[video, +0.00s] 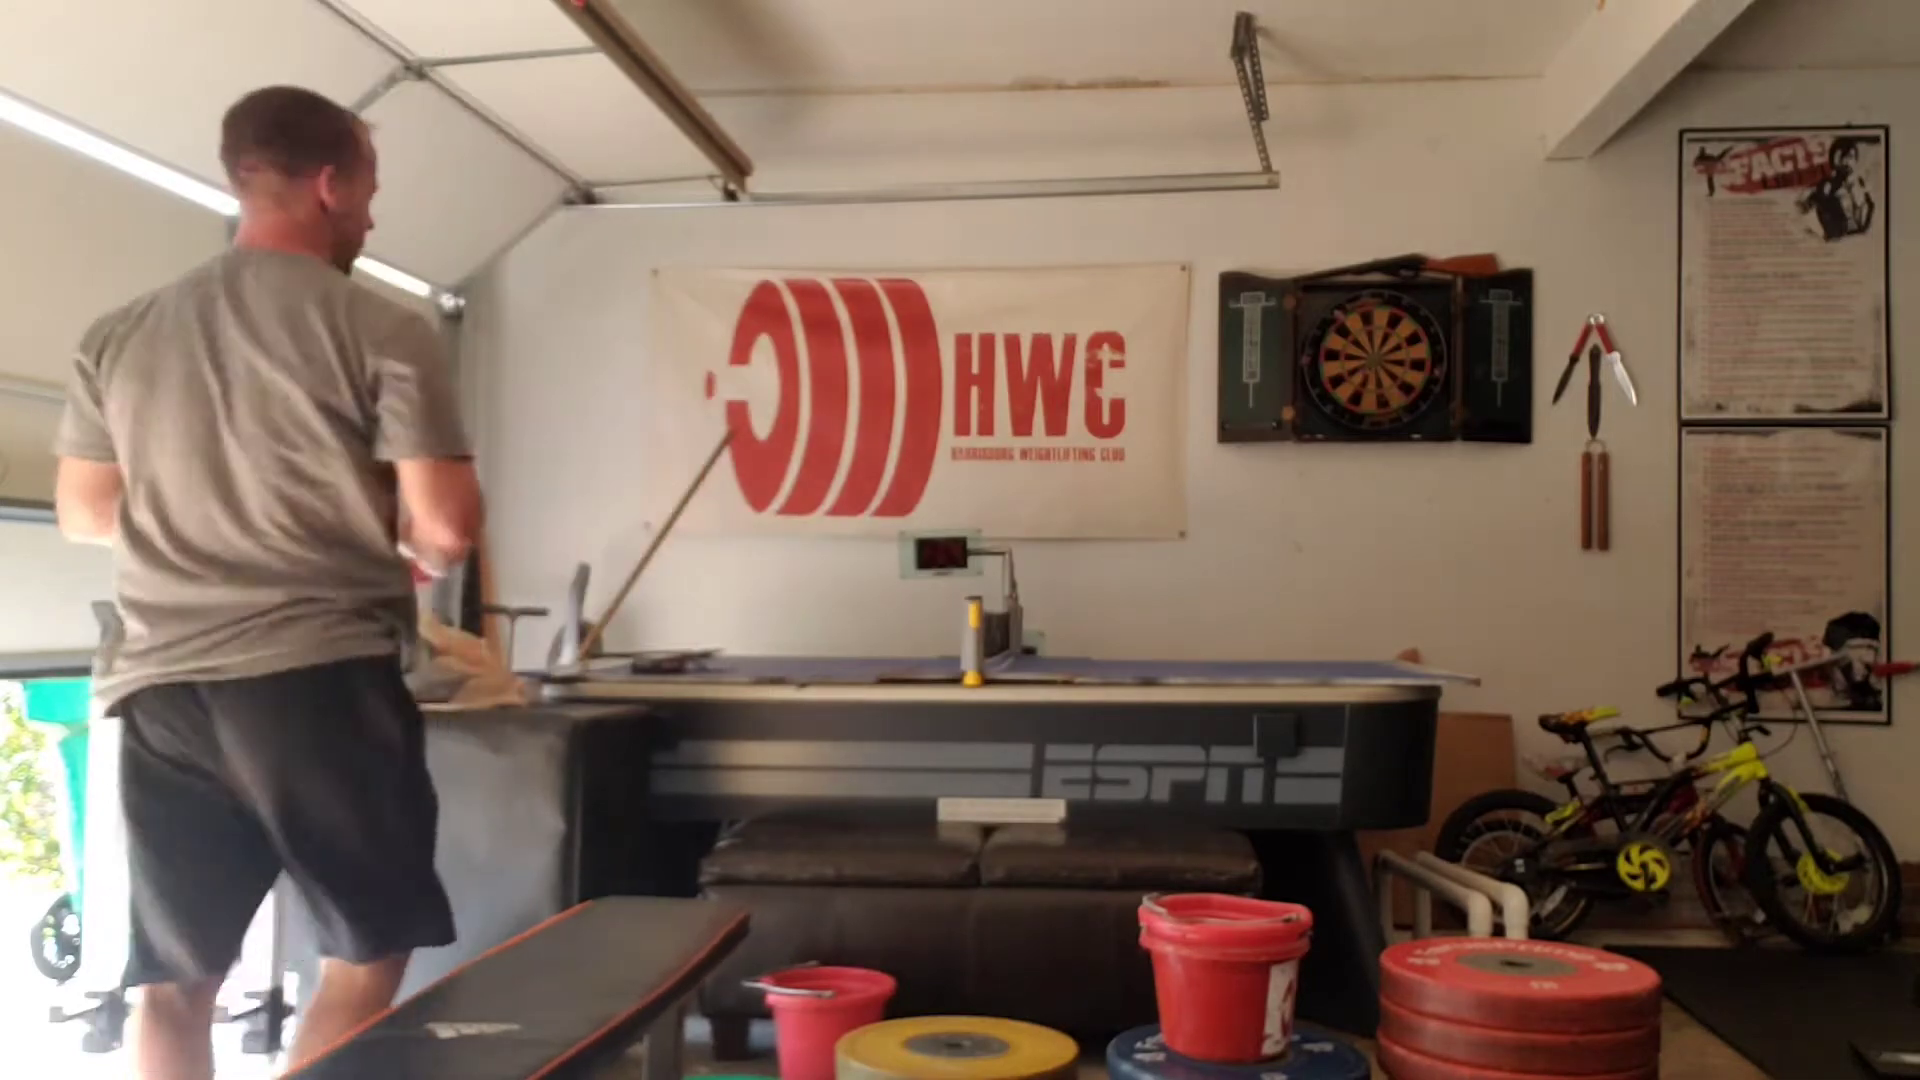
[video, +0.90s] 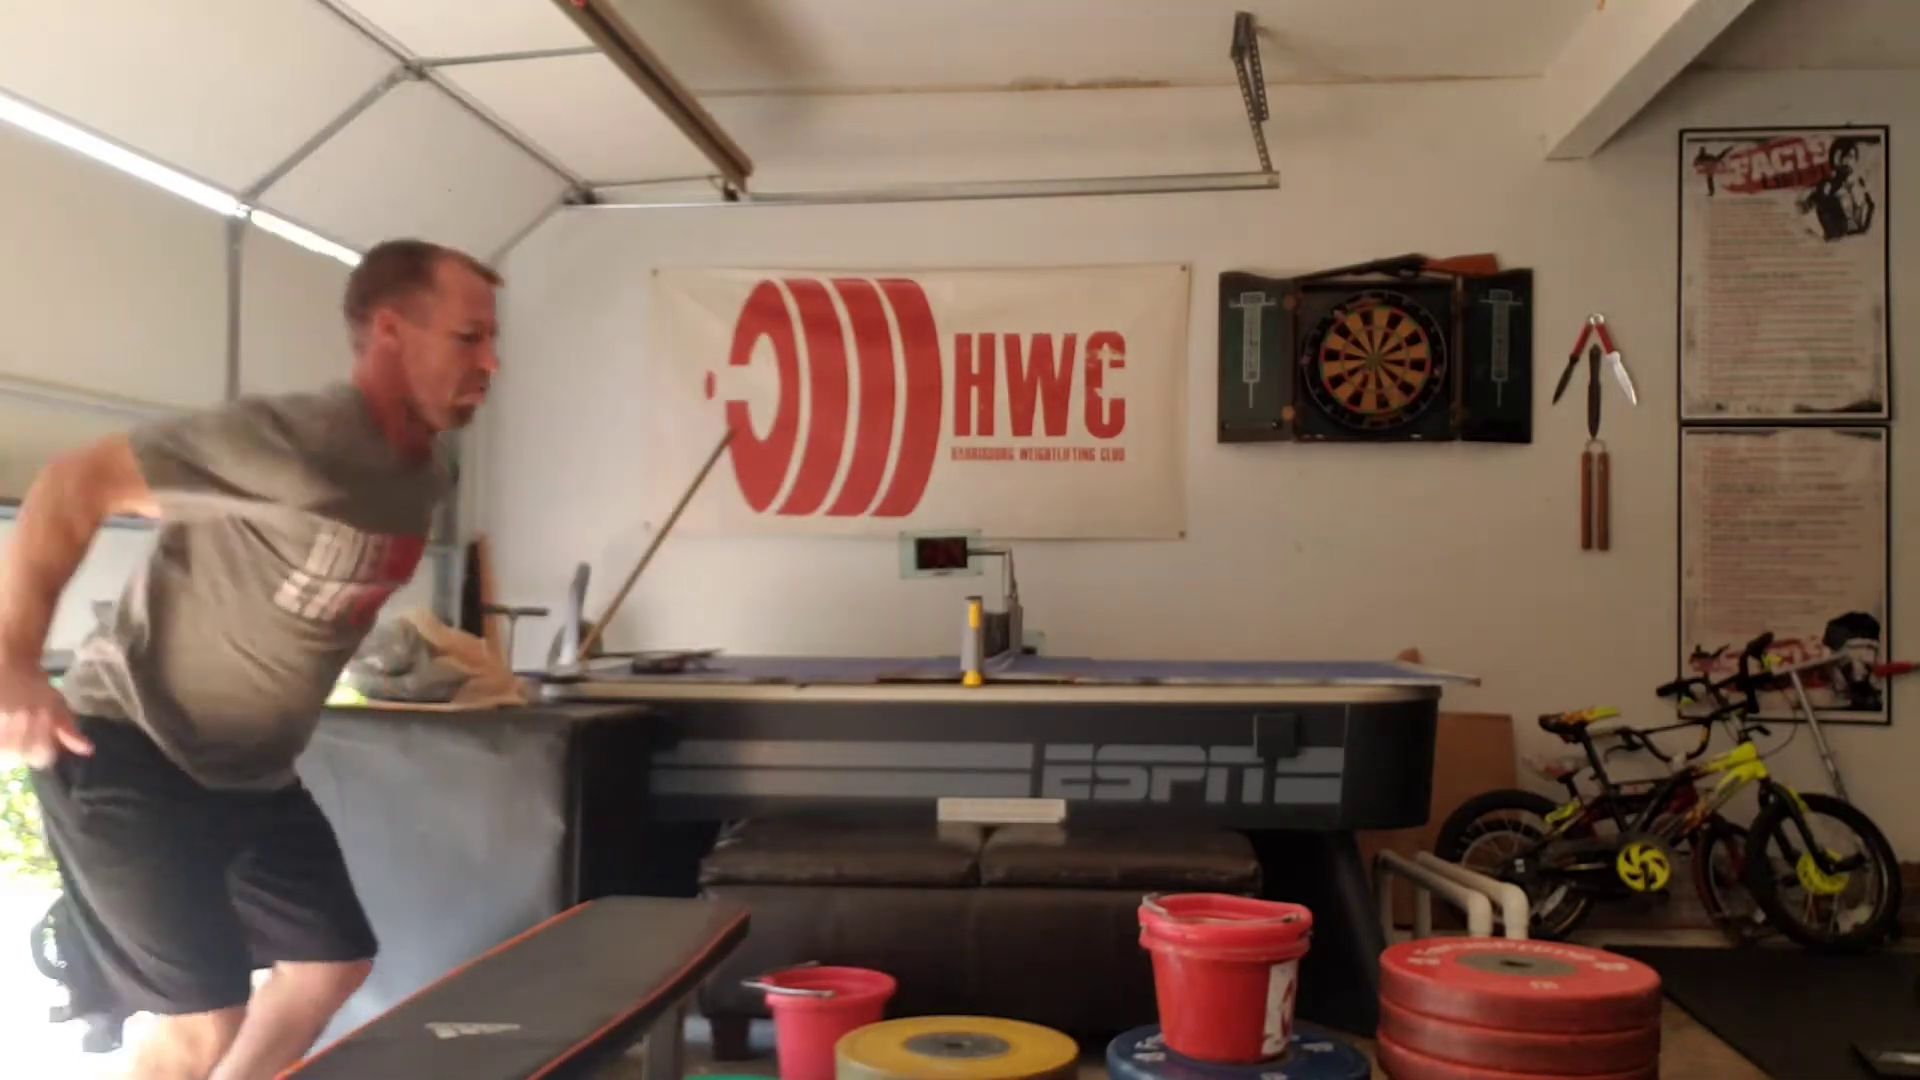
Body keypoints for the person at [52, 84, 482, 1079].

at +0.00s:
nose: (372, 213)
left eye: (371, 189)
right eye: (366, 188)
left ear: (241, 186)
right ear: (323, 186)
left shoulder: (119, 334)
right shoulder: (381, 323)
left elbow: (87, 512)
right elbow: (446, 527)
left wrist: (210, 506)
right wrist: (406, 533)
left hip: (160, 695)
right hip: (319, 683)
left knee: (172, 989)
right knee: (369, 957)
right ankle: (292, 1075)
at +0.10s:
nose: (381, 230)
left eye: (378, 204)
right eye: (368, 200)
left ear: (274, 197)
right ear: (293, 193)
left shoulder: (148, 358)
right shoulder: (319, 329)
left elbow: (131, 535)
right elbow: (384, 538)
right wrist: (465, 578)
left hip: (168, 683)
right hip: (284, 668)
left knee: (211, 978)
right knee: (320, 983)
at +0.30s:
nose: (377, 235)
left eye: (374, 211)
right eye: (357, 209)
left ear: (278, 208)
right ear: (272, 203)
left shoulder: (284, 344)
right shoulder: (242, 337)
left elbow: (278, 538)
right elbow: (232, 530)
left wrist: (399, 576)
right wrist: (401, 602)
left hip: (233, 677)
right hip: (207, 678)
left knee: (227, 981)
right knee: (296, 970)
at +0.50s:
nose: (372, 237)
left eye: (373, 216)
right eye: (354, 211)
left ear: (283, 211)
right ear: (267, 206)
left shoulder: (327, 377)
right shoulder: (190, 342)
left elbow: (357, 532)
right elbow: (104, 511)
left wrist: (452, 569)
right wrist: (267, 612)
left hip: (257, 696)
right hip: (153, 680)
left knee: (250, 950)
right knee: (242, 945)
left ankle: (201, 1072)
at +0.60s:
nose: (382, 241)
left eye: (383, 220)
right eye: (364, 216)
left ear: (289, 216)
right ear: (279, 209)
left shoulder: (341, 377)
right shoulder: (201, 339)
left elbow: (371, 527)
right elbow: (73, 494)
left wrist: (468, 593)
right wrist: (183, 637)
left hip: (258, 705)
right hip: (144, 692)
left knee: (222, 977)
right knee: (197, 979)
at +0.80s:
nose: (455, 293)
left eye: (458, 269)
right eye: (436, 264)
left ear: (370, 259)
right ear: (353, 254)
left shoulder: (398, 407)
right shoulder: (259, 366)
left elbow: (320, 532)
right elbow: (51, 421)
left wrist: (355, 642)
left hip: (252, 729)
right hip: (129, 695)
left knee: (268, 964)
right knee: (164, 991)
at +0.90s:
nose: (489, 364)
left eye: (492, 341)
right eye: (469, 337)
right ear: (387, 331)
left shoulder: (424, 478)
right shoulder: (286, 445)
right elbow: (78, 478)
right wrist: (15, 662)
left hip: (252, 767)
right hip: (126, 748)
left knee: (329, 957)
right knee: (202, 1019)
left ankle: (229, 1078)